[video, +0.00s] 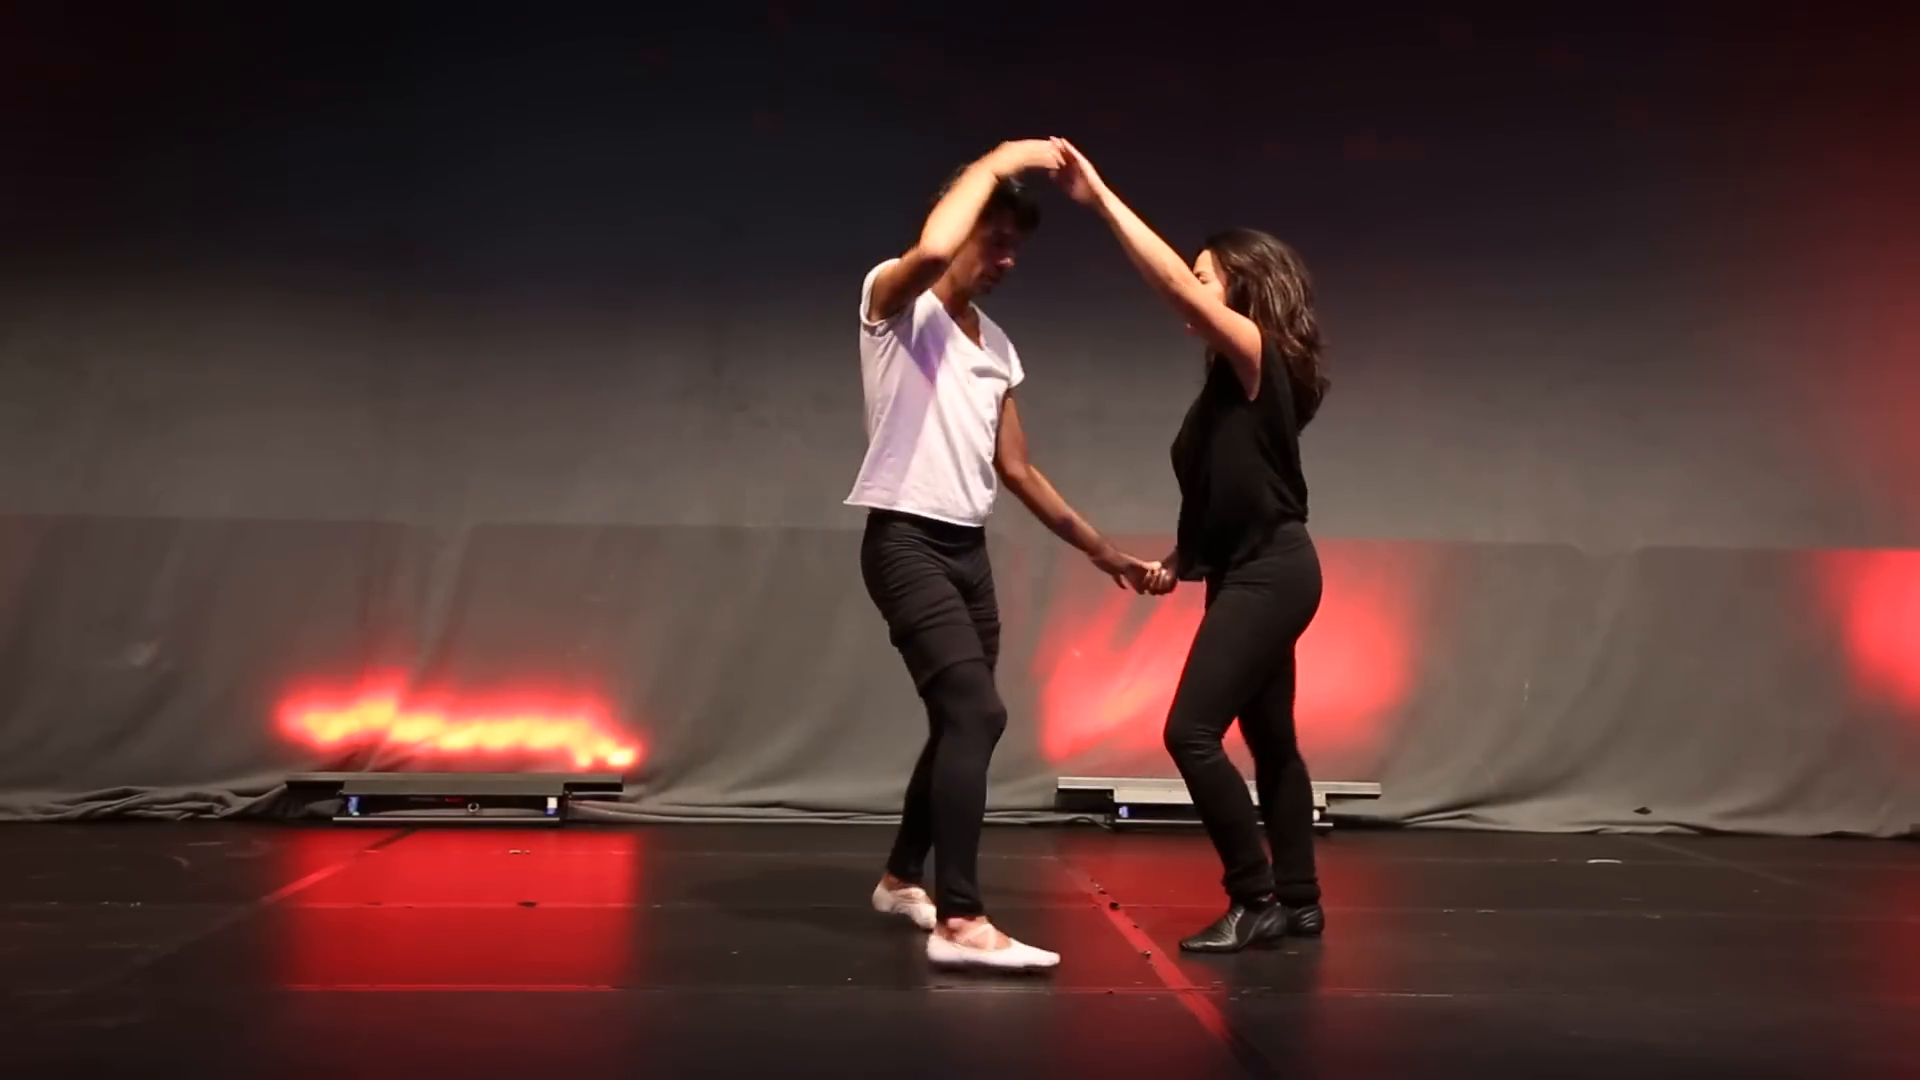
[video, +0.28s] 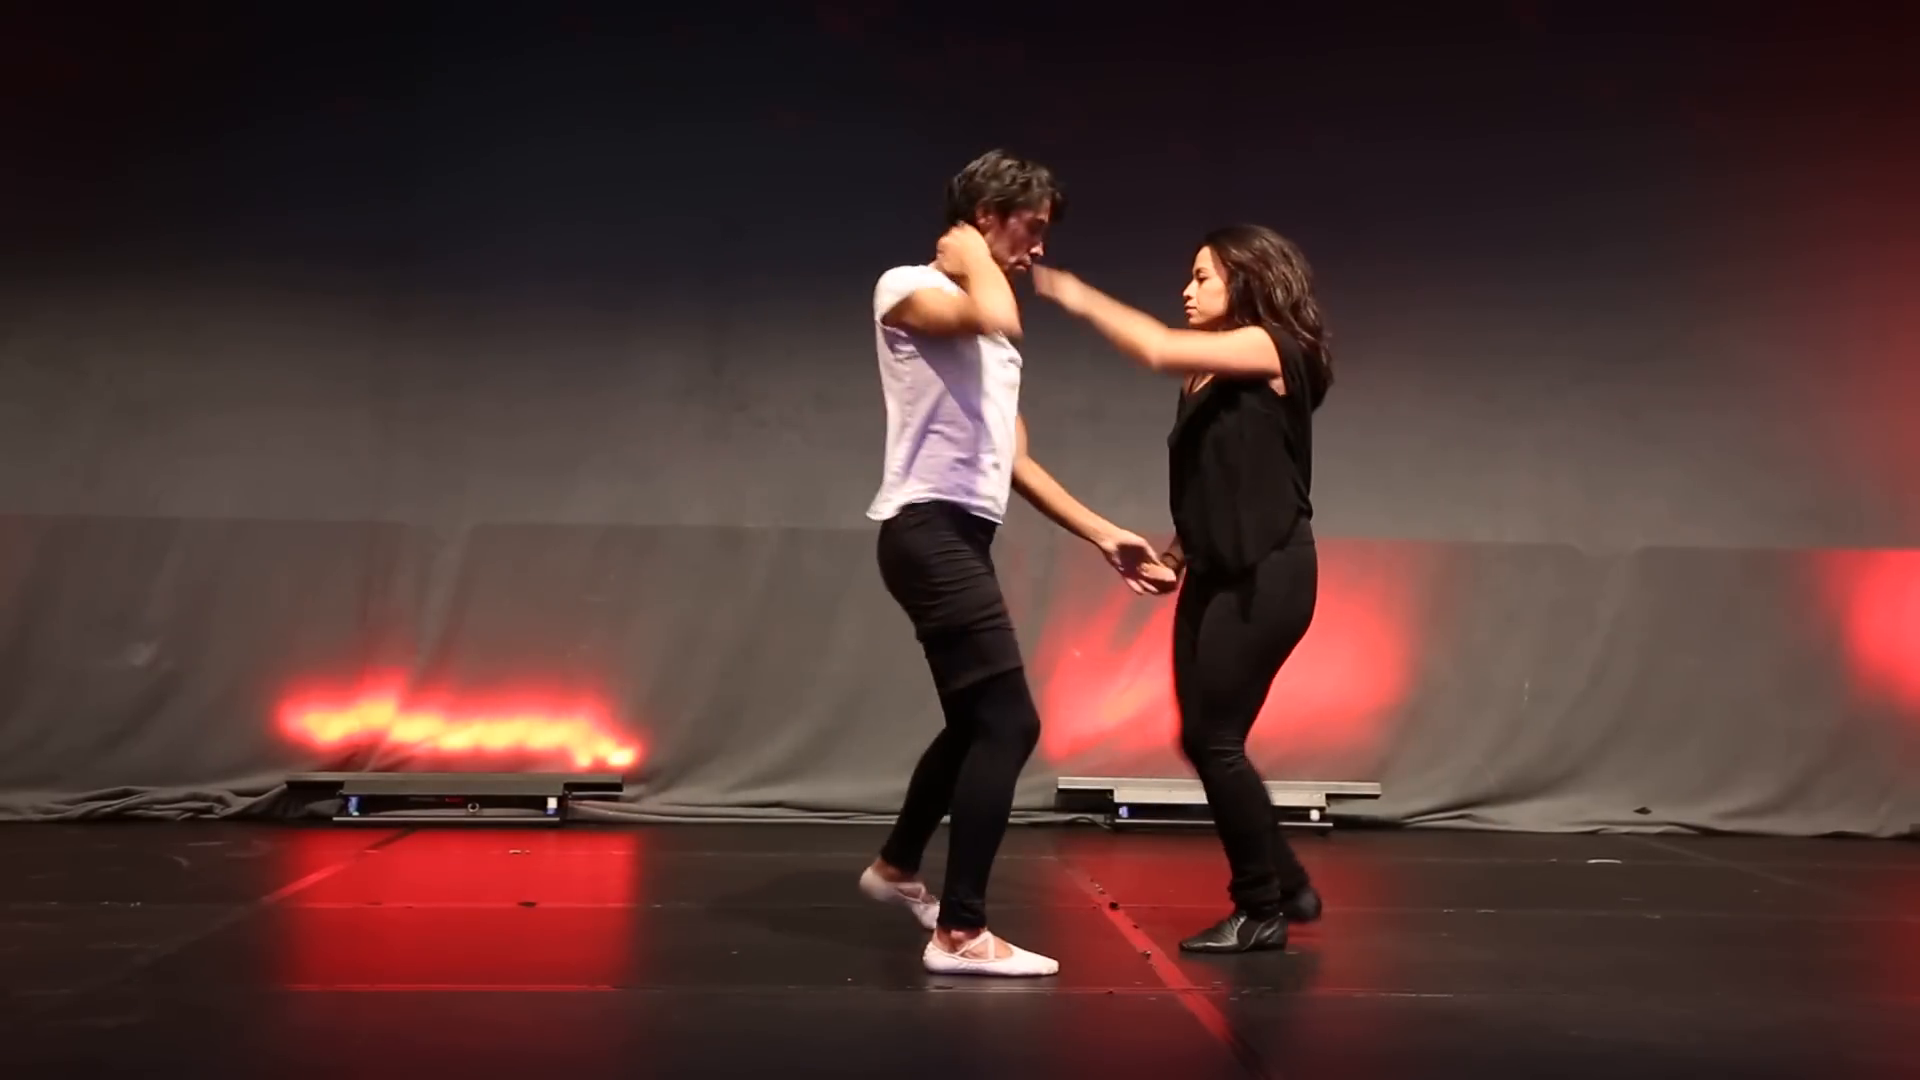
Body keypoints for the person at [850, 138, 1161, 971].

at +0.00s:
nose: (1001, 261)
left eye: (1012, 251)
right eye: (994, 242)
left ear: (1013, 255)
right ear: (956, 230)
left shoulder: (993, 348)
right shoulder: (891, 303)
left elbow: (1016, 469)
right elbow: (934, 251)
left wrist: (1096, 547)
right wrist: (994, 163)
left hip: (965, 544)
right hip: (904, 539)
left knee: (967, 718)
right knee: (972, 711)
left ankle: (902, 878)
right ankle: (959, 920)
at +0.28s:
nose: (1037, 249)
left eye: (1042, 235)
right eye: (1031, 231)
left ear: (1008, 231)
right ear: (987, 220)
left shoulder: (995, 327)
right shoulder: (904, 288)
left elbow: (1014, 461)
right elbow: (995, 317)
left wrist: (1108, 536)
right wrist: (970, 252)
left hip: (961, 533)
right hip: (927, 530)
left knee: (975, 723)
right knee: (1008, 723)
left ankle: (894, 868)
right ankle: (959, 933)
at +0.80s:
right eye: (1000, 197)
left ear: (925, 200)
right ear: (1002, 203)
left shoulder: (879, 289)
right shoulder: (1034, 288)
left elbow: (838, 409)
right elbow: (1053, 408)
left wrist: (904, 382)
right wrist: (1067, 456)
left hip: (896, 532)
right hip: (989, 539)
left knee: (901, 736)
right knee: (987, 731)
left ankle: (922, 939)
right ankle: (989, 923)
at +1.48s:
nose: (942, 202)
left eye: (943, 188)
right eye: (944, 190)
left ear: (954, 193)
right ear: (1028, 193)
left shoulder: (923, 275)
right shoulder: (1084, 298)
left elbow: (814, 281)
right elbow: (1117, 441)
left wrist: (849, 184)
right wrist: (1067, 509)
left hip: (964, 534)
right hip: (1061, 538)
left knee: (932, 734)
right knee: (1062, 741)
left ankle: (944, 933)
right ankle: (1083, 957)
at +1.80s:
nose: (905, 209)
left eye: (914, 193)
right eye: (907, 195)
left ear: (960, 194)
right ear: (976, 196)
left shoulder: (944, 273)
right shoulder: (1036, 299)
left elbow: (788, 237)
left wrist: (787, 133)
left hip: (952, 529)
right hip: (1025, 534)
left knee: (912, 737)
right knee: (979, 720)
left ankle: (974, 938)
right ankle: (1042, 850)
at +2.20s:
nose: (877, 203)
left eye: (889, 188)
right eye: (876, 189)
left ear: (935, 194)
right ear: (903, 197)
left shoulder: (984, 285)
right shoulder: (902, 315)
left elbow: (884, 255)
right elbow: (822, 421)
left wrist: (832, 144)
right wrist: (732, 438)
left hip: (983, 539)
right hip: (937, 538)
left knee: (925, 722)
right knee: (872, 709)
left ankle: (974, 929)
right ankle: (876, 894)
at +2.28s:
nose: (871, 209)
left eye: (883, 192)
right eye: (868, 195)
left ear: (926, 199)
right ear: (896, 205)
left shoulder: (983, 290)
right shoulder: (880, 322)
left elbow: (905, 264)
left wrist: (850, 153)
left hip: (991, 538)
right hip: (935, 540)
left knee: (937, 722)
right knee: (874, 717)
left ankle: (975, 929)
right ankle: (836, 899)